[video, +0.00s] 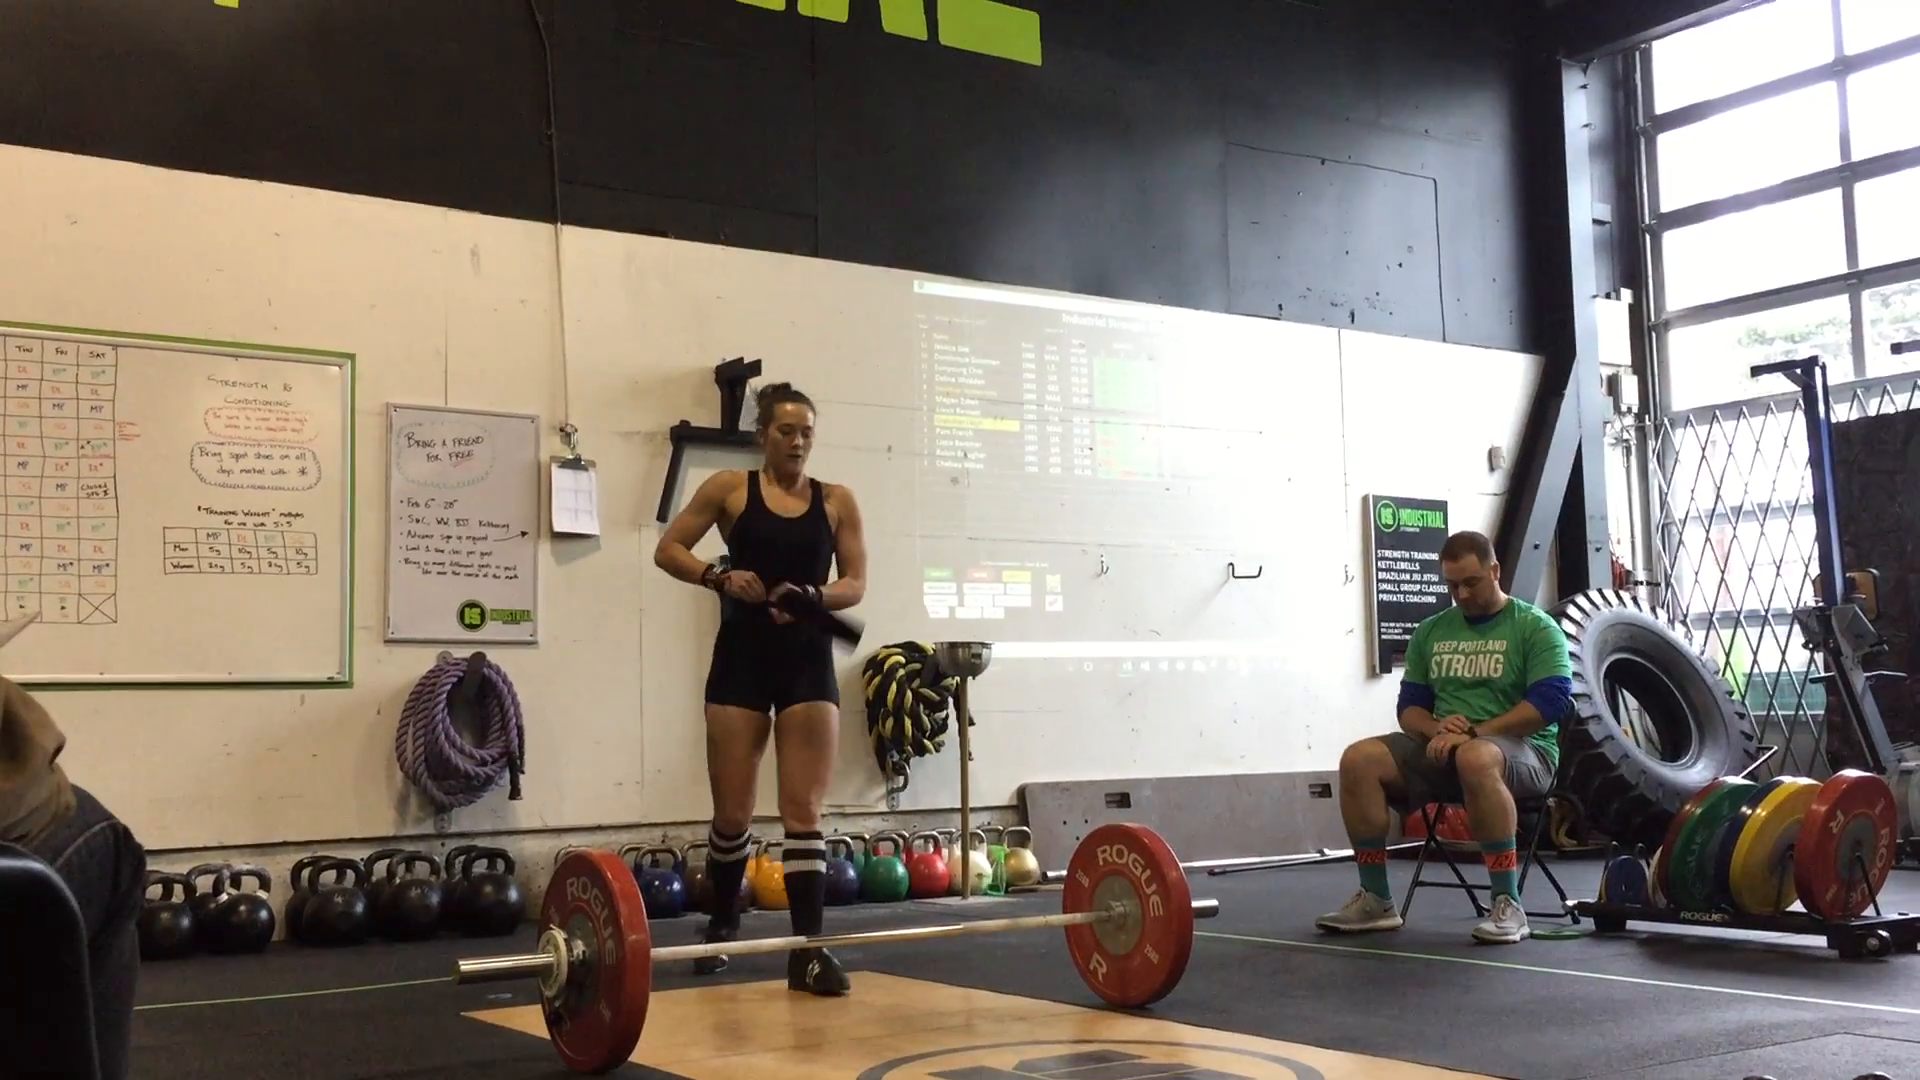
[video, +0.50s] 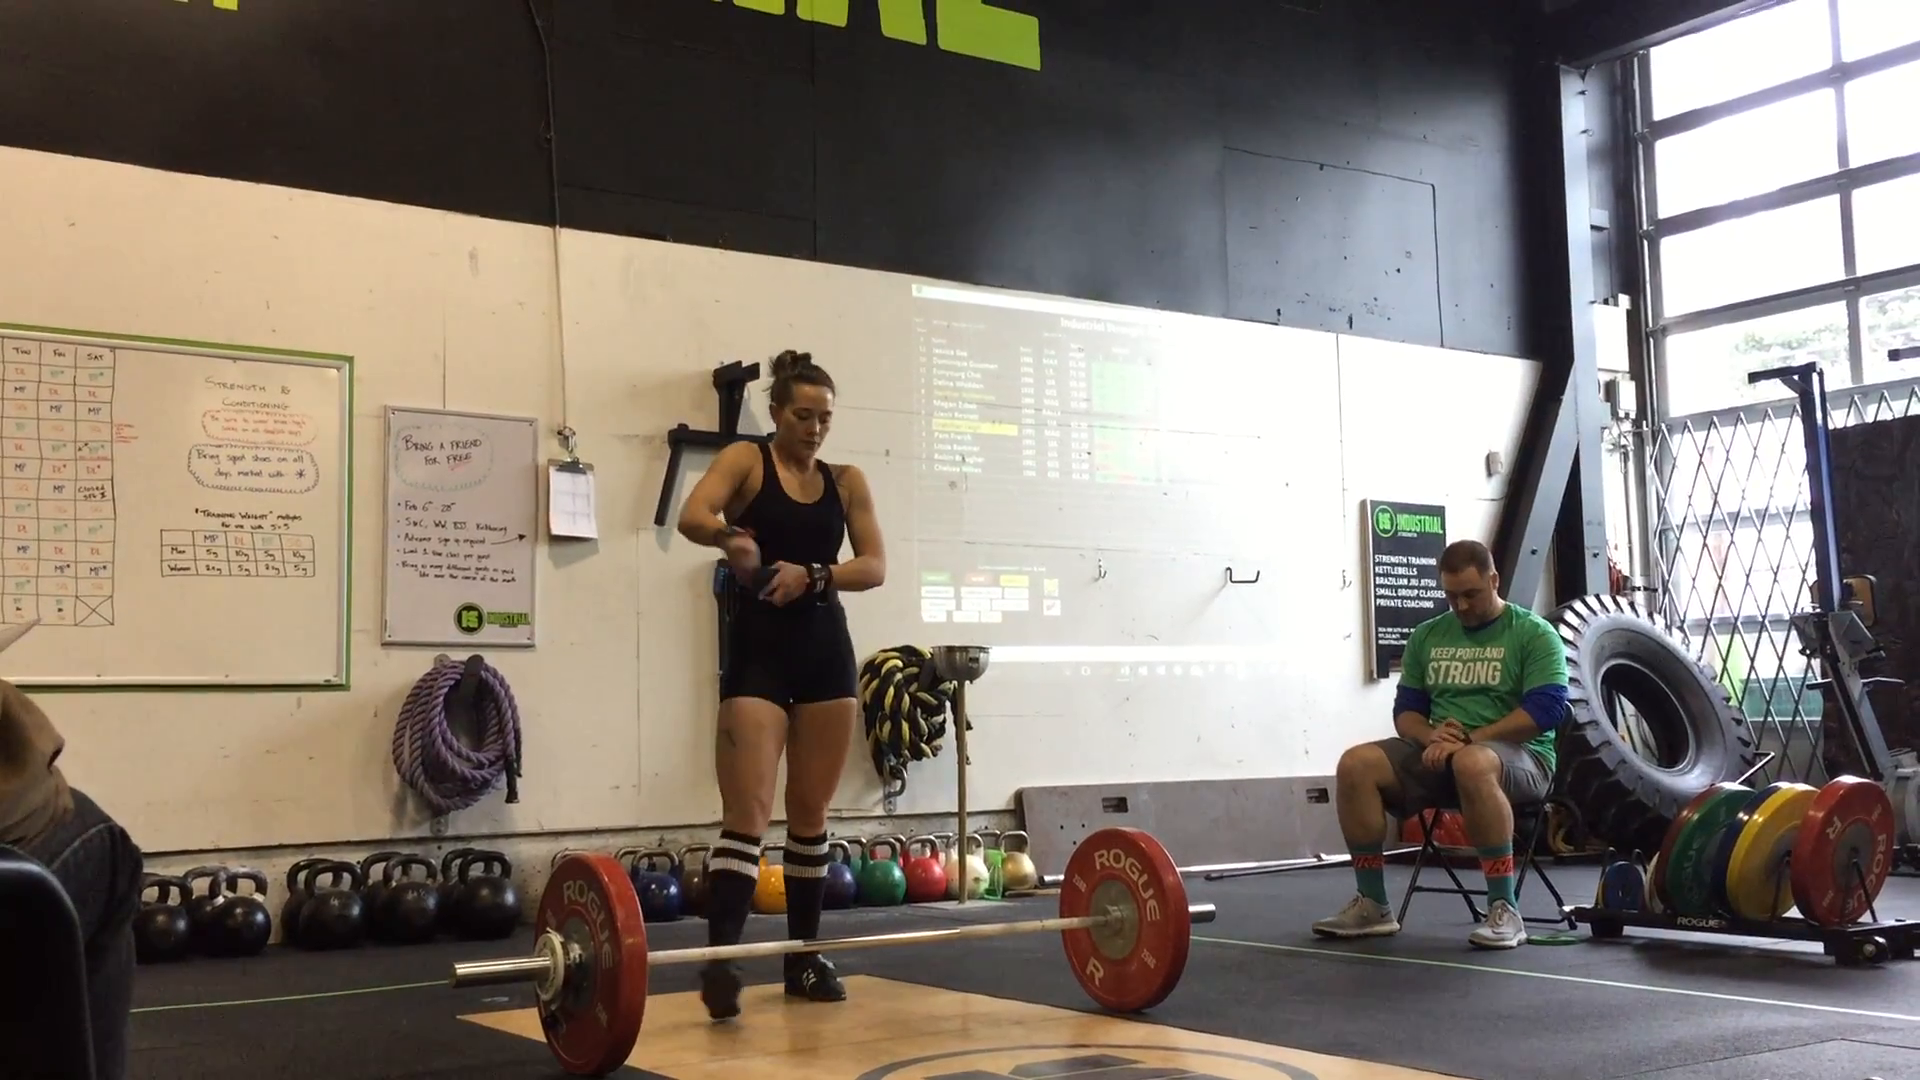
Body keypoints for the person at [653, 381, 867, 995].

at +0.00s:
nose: (797, 440)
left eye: (805, 431)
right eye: (786, 430)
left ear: (815, 435)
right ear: (762, 433)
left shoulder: (837, 502)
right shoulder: (727, 489)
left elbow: (854, 585)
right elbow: (669, 550)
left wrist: (815, 596)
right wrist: (720, 579)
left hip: (808, 667)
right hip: (741, 665)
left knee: (804, 811)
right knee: (731, 817)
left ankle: (808, 954)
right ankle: (719, 941)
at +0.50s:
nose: (816, 425)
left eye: (824, 415)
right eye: (804, 414)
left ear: (833, 416)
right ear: (776, 411)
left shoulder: (846, 481)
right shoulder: (745, 459)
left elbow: (873, 567)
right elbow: (693, 517)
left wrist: (815, 574)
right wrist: (729, 535)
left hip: (828, 659)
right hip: (758, 656)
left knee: (810, 815)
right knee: (748, 813)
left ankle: (803, 960)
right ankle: (720, 963)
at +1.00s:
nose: (815, 416)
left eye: (827, 404)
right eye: (804, 401)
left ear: (838, 398)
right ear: (776, 387)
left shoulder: (840, 467)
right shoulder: (723, 437)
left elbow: (853, 569)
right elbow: (692, 480)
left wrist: (782, 562)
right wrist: (704, 536)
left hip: (797, 632)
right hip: (723, 630)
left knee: (845, 794)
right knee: (726, 803)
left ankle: (826, 951)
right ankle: (733, 977)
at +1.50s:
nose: (910, 408)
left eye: (920, 396)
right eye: (898, 394)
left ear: (928, 388)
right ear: (867, 378)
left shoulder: (933, 456)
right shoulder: (815, 440)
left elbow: (956, 537)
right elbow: (743, 477)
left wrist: (933, 570)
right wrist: (788, 544)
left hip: (886, 630)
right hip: (812, 625)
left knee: (907, 806)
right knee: (798, 804)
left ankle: (943, 972)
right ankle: (747, 966)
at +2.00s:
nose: (950, 390)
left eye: (960, 377)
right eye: (939, 374)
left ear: (971, 366)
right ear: (906, 356)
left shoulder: (968, 439)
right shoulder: (853, 420)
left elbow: (1013, 529)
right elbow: (781, 492)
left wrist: (1083, 555)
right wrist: (791, 530)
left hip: (912, 619)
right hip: (837, 612)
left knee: (941, 782)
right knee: (828, 786)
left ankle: (943, 969)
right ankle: (785, 974)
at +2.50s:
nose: (944, 382)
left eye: (955, 369)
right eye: (933, 366)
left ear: (964, 359)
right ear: (900, 348)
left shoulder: (956, 428)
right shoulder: (845, 415)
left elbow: (945, 527)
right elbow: (783, 508)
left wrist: (935, 616)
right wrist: (745, 606)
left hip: (910, 618)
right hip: (834, 615)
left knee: (925, 792)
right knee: (829, 792)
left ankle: (926, 969)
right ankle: (794, 977)